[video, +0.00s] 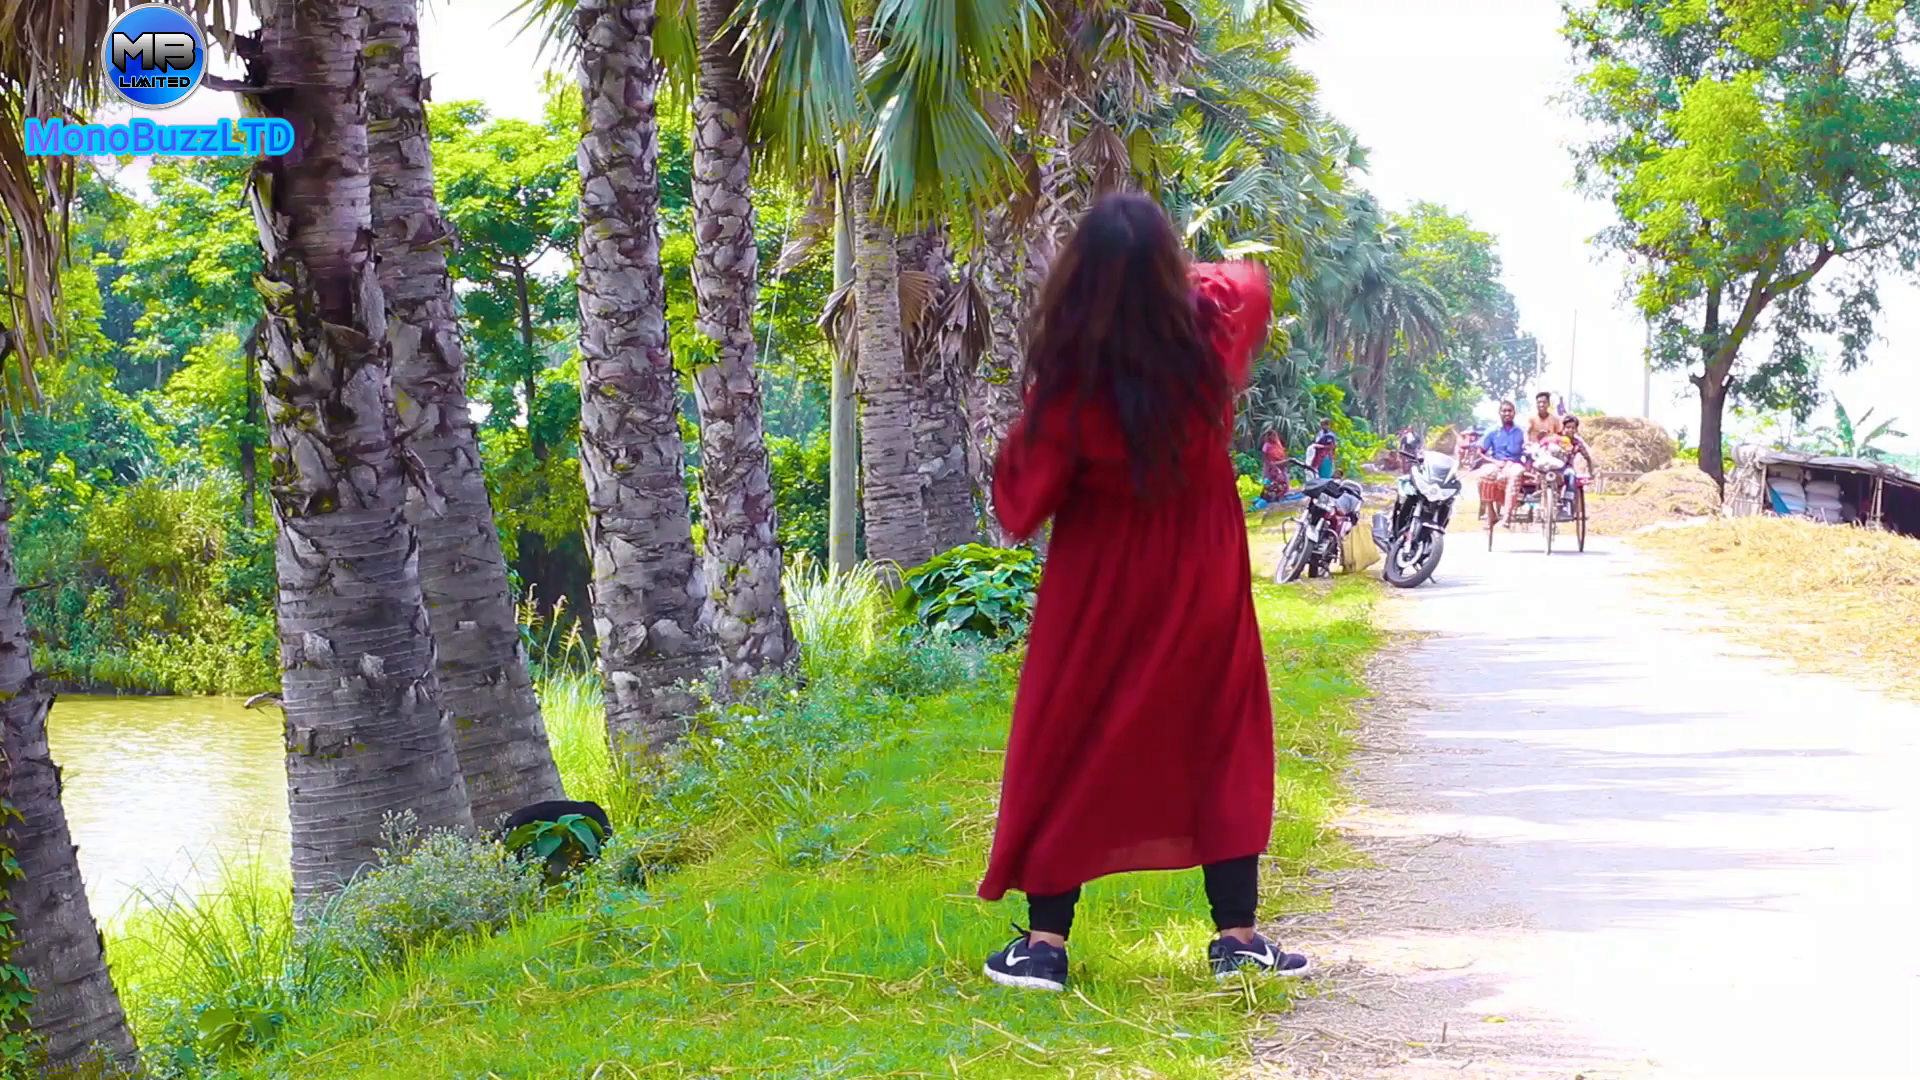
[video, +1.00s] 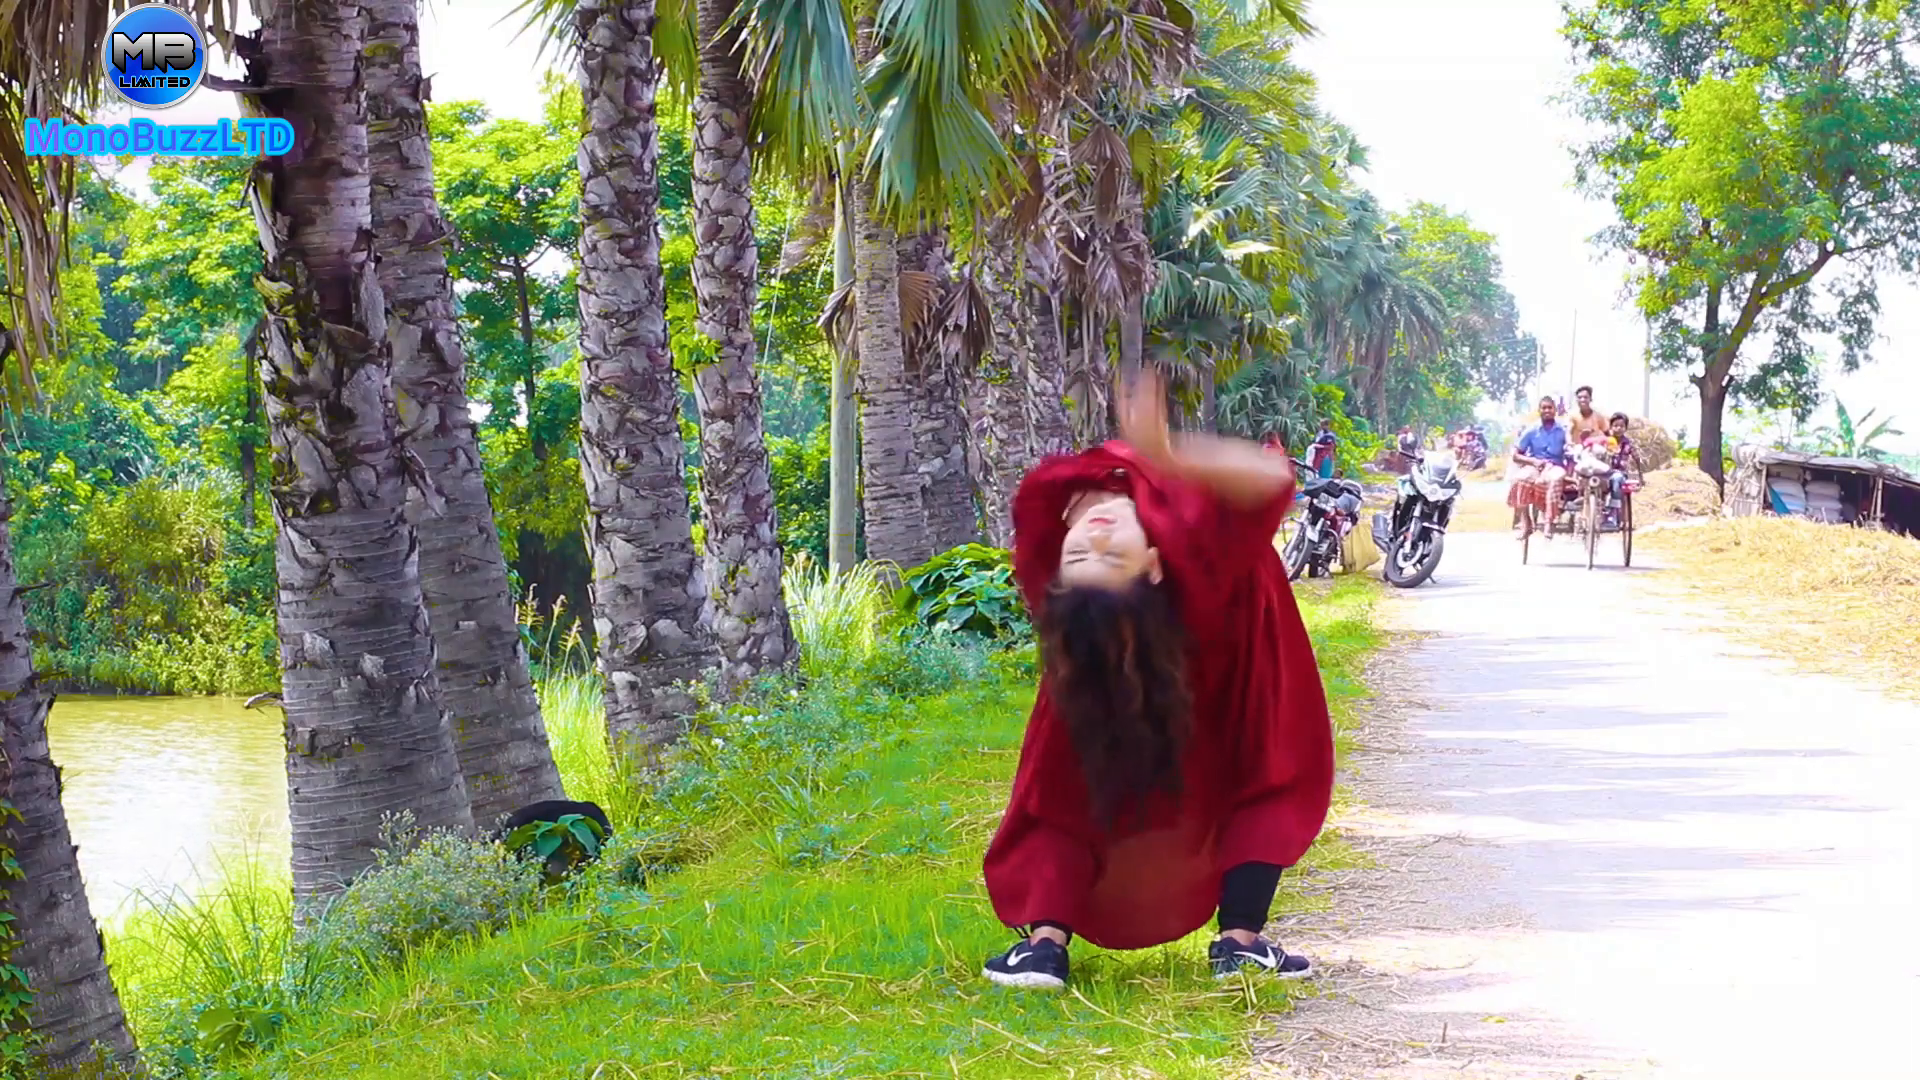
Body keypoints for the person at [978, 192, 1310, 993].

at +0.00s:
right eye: (1177, 257)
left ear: (1078, 279)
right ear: (1169, 273)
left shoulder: (1069, 378)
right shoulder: (1207, 326)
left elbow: (1017, 502)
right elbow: (1251, 279)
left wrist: (1035, 420)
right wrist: (1177, 273)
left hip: (1100, 588)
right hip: (1204, 583)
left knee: (1066, 745)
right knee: (1228, 744)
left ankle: (1045, 943)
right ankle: (1238, 936)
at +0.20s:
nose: (1134, 290)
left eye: (1125, 290)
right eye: (1140, 296)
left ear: (1084, 356)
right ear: (1164, 341)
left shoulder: (1057, 396)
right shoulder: (1210, 378)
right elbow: (1268, 280)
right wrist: (1182, 218)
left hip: (1104, 587)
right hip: (1218, 584)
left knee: (1073, 751)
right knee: (1246, 745)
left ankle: (1045, 939)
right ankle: (1238, 934)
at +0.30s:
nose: (1119, 331)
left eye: (1100, 347)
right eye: (1135, 355)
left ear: (1071, 395)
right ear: (1155, 404)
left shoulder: (1045, 397)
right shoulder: (1204, 424)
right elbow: (1291, 395)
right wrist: (1260, 325)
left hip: (1092, 600)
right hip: (1212, 600)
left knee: (1059, 755)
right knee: (1257, 750)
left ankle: (1045, 943)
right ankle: (1240, 937)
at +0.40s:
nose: (1114, 376)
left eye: (1099, 393)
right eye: (1128, 405)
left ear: (1063, 418)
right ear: (1145, 462)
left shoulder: (1045, 389)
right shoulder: (1195, 497)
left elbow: (1037, 310)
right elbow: (1277, 495)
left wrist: (1143, 350)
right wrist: (1278, 397)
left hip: (1077, 618)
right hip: (1201, 614)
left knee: (1059, 760)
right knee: (1260, 753)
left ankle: (1046, 941)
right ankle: (1240, 937)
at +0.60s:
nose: (1101, 463)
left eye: (1090, 480)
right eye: (1137, 484)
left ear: (1065, 495)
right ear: (1155, 505)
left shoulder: (1036, 480)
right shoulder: (1216, 465)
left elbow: (985, 384)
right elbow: (1287, 485)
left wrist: (1053, 369)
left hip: (1084, 607)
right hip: (1207, 600)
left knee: (1050, 755)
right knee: (1252, 755)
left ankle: (1044, 941)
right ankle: (1238, 935)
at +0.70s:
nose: (1115, 481)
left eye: (1090, 506)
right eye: (1135, 504)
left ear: (1071, 515)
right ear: (1168, 518)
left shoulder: (1043, 512)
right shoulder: (1219, 443)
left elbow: (980, 448)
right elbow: (1298, 394)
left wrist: (1028, 414)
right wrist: (1265, 376)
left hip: (1094, 616)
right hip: (1216, 613)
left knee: (1044, 757)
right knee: (1256, 756)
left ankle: (1042, 943)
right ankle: (1237, 935)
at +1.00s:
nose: (1093, 525)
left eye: (1075, 546)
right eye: (1109, 546)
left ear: (1060, 559)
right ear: (1154, 562)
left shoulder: (1046, 525)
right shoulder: (1204, 513)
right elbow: (1274, 478)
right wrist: (1173, 457)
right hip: (1236, 639)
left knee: (1063, 775)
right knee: (1278, 768)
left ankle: (1044, 941)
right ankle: (1242, 937)